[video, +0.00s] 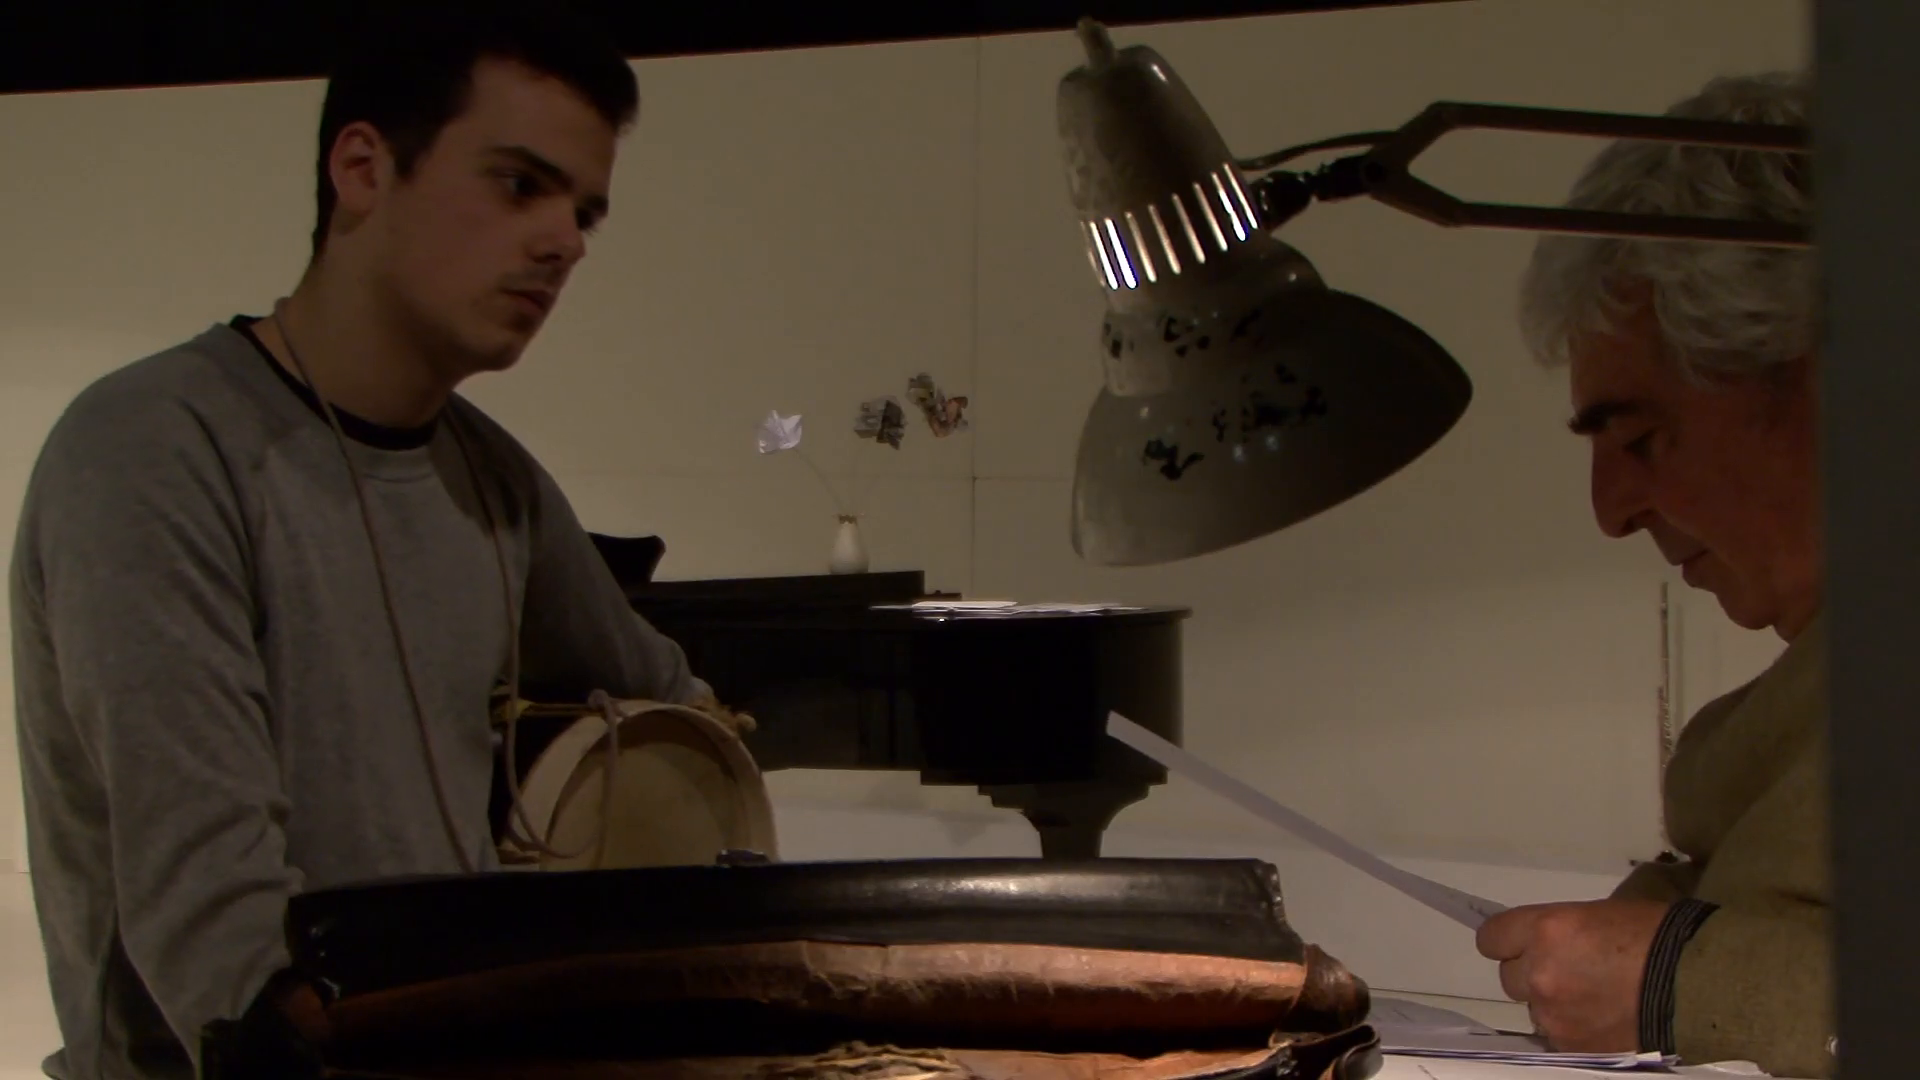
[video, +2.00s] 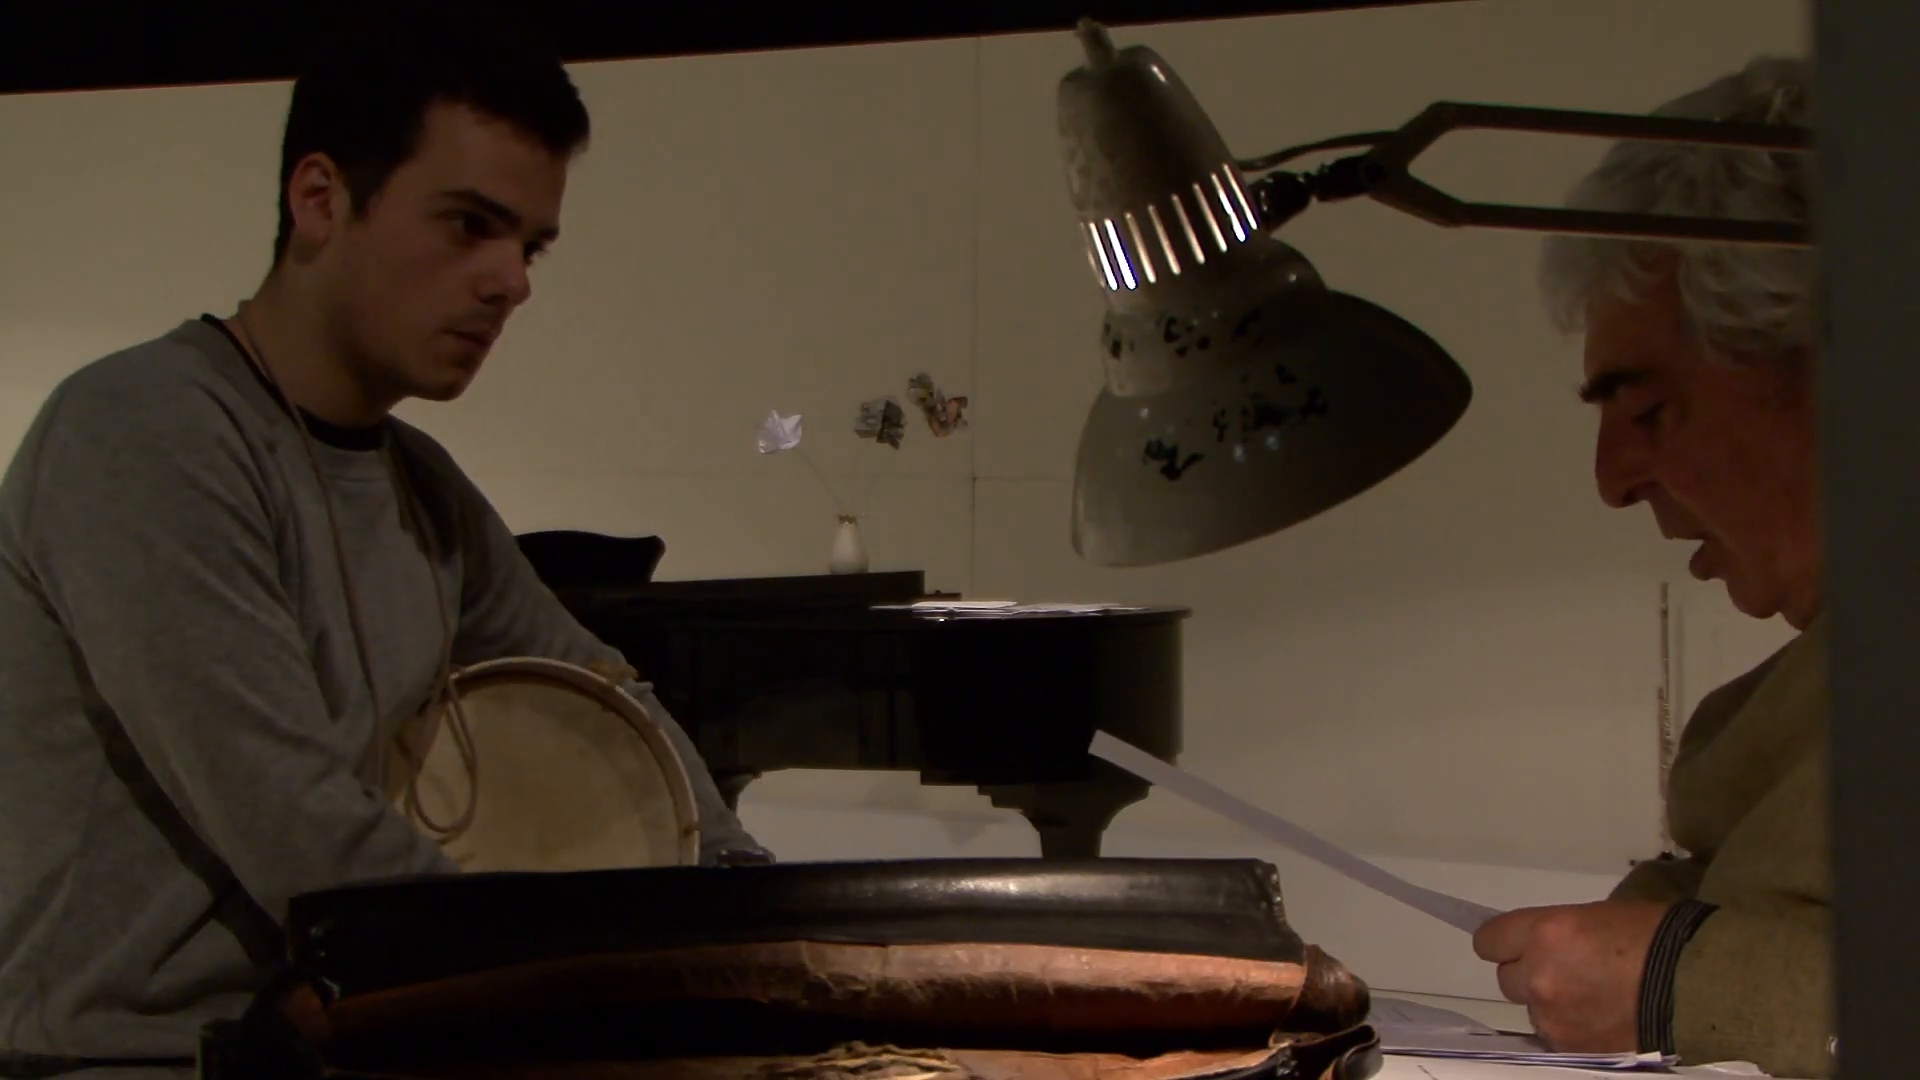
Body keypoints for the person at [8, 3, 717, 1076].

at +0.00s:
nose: (564, 244)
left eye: (582, 214)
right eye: (519, 184)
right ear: (361, 169)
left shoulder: (502, 485)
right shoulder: (142, 451)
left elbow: (674, 720)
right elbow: (212, 919)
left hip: (489, 1040)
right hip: (199, 1063)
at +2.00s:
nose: (510, 284)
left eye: (529, 249)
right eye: (469, 224)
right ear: (319, 201)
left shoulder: (424, 486)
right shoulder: (135, 434)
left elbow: (597, 702)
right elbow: (306, 846)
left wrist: (760, 908)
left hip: (354, 1036)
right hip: (129, 1057)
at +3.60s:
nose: (523, 338)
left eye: (549, 301)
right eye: (493, 279)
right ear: (349, 224)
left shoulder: (459, 494)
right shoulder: (110, 445)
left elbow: (669, 719)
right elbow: (222, 898)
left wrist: (724, 947)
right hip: (89, 1045)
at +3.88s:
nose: (517, 427)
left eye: (542, 394)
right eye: (499, 369)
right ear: (374, 265)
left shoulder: (478, 519)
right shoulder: (90, 444)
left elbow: (677, 735)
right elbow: (80, 872)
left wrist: (715, 953)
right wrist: (317, 1041)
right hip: (56, 1036)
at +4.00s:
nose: (520, 431)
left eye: (544, 397)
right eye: (502, 371)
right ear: (377, 268)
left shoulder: (467, 523)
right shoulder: (86, 442)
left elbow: (665, 745)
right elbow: (88, 872)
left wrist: (689, 966)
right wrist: (326, 1044)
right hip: (48, 1042)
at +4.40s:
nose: (409, 454)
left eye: (438, 420)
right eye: (393, 398)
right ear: (270, 283)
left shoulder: (385, 514)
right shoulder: (18, 450)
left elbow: (574, 736)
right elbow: (9, 859)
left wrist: (627, 960)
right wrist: (258, 1028)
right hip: (32, 1028)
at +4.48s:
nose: (354, 459)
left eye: (382, 423)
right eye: (333, 401)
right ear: (210, 287)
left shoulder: (346, 521)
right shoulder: (15, 468)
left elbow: (539, 730)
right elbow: (12, 932)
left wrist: (573, 972)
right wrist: (191, 1062)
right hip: (44, 1041)